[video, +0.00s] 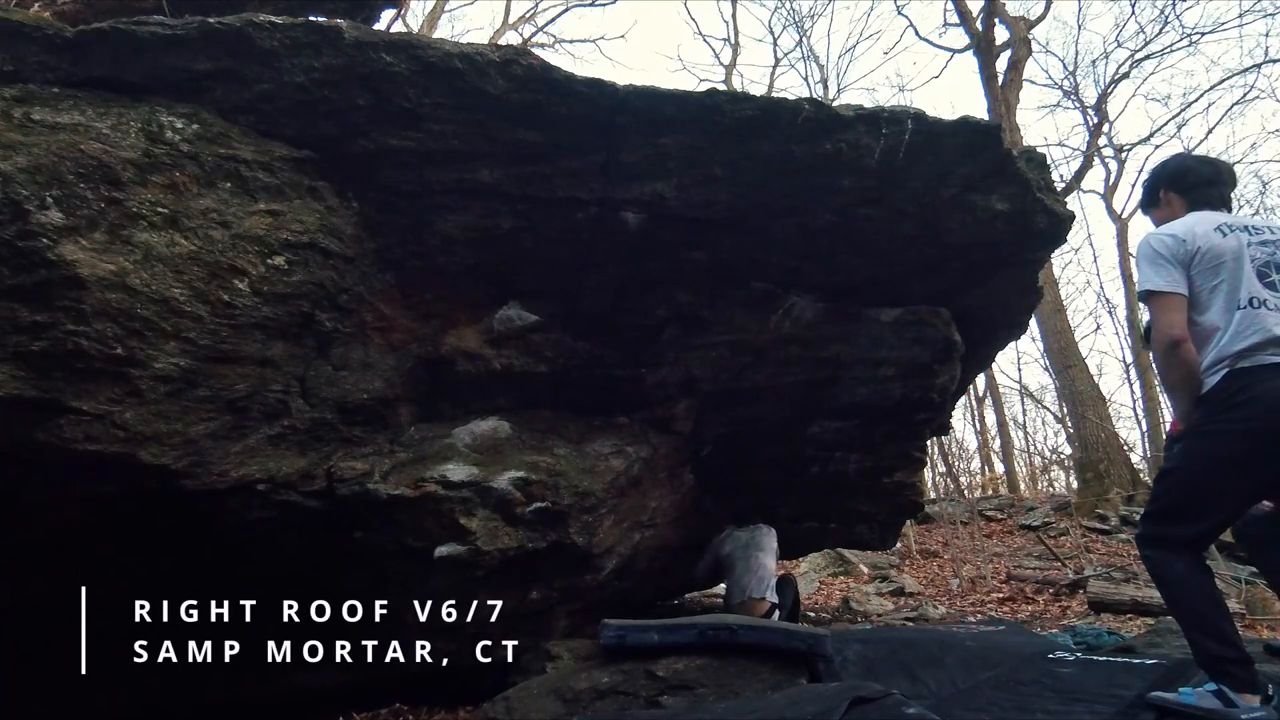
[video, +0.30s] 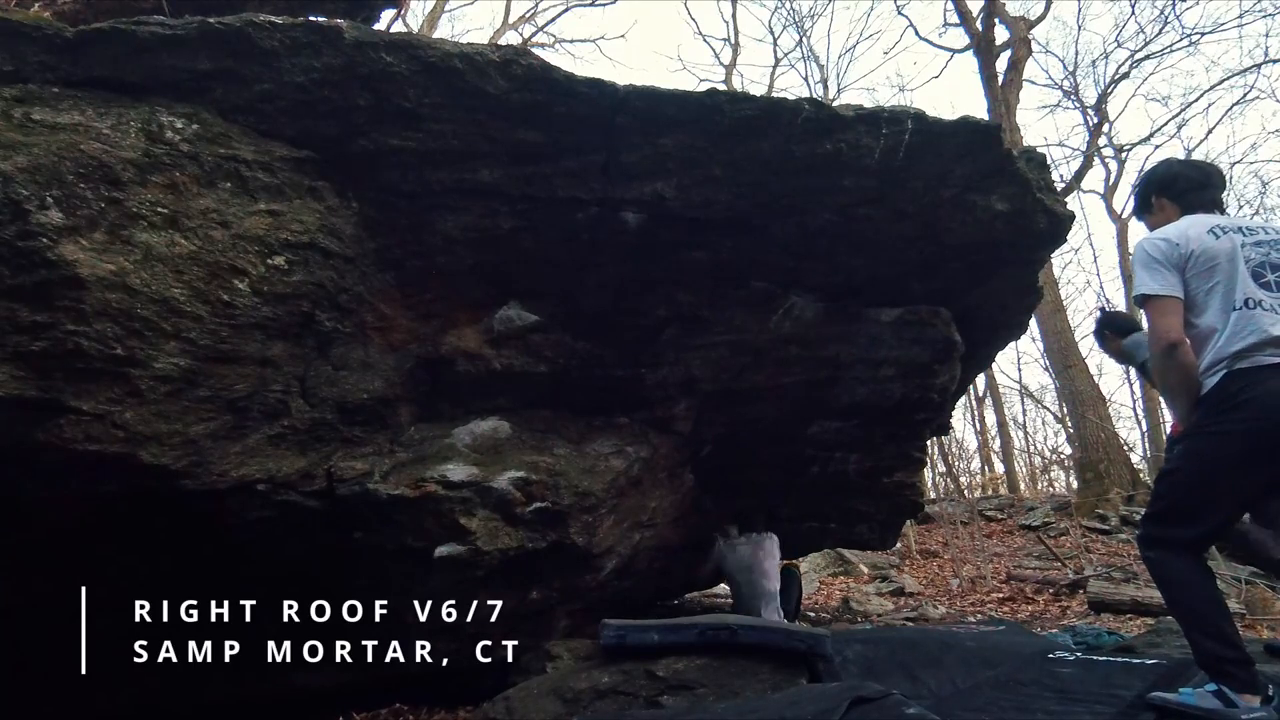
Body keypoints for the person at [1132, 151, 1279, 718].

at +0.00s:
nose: (1153, 220)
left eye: (1154, 210)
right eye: (1152, 212)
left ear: (1170, 201)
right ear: (1222, 197)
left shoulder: (1167, 238)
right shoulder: (1267, 228)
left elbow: (1172, 338)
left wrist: (1186, 415)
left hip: (1249, 393)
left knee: (1166, 536)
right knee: (1253, 523)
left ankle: (1235, 684)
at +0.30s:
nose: (1148, 224)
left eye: (1146, 215)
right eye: (1145, 216)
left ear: (1163, 205)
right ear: (1215, 200)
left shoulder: (1162, 241)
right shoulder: (1265, 231)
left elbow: (1170, 343)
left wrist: (1186, 420)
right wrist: (1140, 350)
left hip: (1247, 392)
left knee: (1166, 537)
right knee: (1232, 523)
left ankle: (1236, 684)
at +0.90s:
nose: (1148, 226)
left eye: (1146, 217)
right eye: (1145, 218)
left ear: (1161, 210)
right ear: (1214, 203)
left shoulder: (1162, 244)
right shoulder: (1265, 233)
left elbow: (1171, 344)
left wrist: (1188, 421)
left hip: (1254, 394)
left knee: (1165, 533)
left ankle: (1237, 685)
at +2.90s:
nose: (1146, 224)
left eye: (1149, 211)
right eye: (1141, 218)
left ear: (1190, 193)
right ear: (1202, 198)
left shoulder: (1191, 234)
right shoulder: (1264, 237)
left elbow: (1199, 336)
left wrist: (1191, 413)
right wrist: (1198, 410)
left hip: (1257, 396)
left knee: (1163, 535)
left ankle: (1235, 684)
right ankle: (1238, 681)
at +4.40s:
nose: (1106, 253)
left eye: (1101, 242)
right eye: (1099, 245)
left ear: (1111, 229)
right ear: (1157, 214)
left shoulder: (1141, 241)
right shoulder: (1225, 247)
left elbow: (1176, 324)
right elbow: (1268, 300)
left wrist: (1175, 410)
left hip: (1245, 382)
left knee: (1161, 532)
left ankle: (1237, 686)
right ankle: (1243, 684)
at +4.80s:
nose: (1041, 275)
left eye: (1039, 265)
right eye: (1036, 267)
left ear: (1050, 257)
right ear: (1095, 243)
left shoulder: (1075, 267)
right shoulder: (1150, 271)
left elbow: (1120, 339)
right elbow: (1212, 329)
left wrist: (1133, 417)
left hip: (1192, 397)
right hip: (1261, 388)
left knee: (1151, 545)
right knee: (1275, 542)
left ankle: (1239, 697)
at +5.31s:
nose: (987, 274)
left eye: (986, 267)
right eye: (985, 269)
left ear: (994, 262)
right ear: (1042, 248)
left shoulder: (1004, 277)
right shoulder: (1092, 267)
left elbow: (1039, 343)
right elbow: (1149, 319)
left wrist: (1078, 413)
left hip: (1133, 380)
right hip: (1200, 370)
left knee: (1164, 556)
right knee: (1235, 539)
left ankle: (1235, 705)